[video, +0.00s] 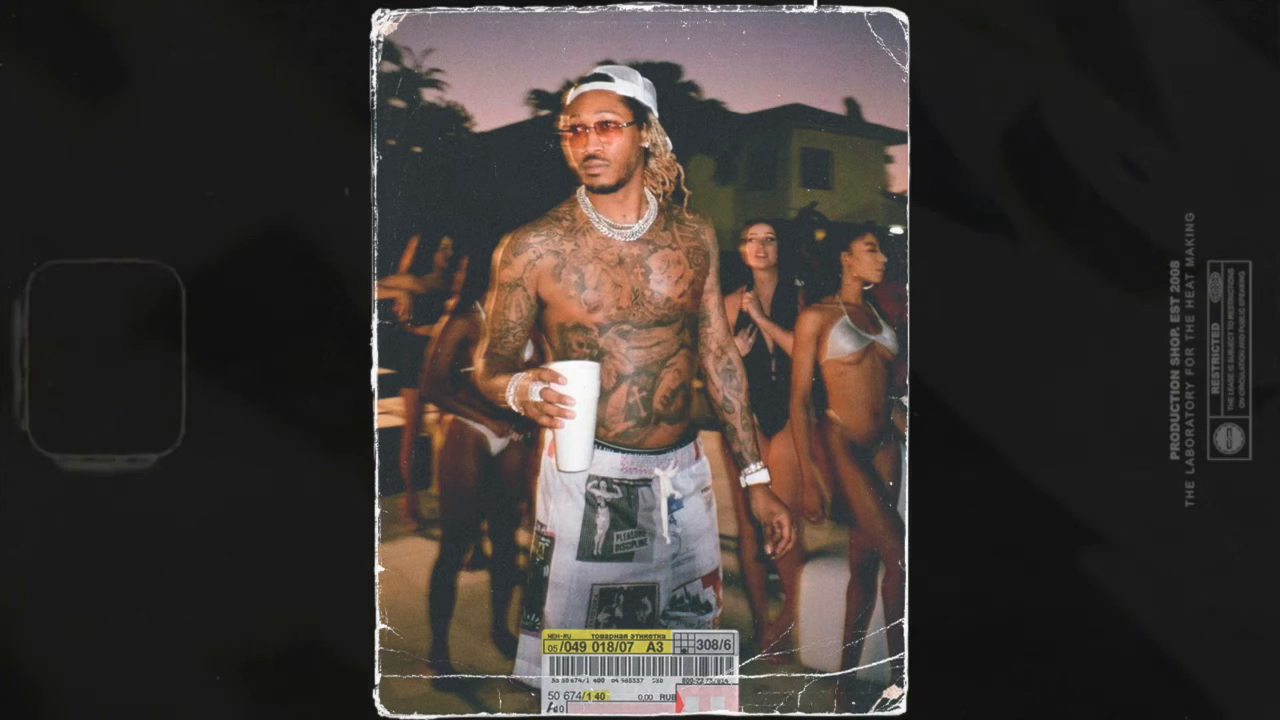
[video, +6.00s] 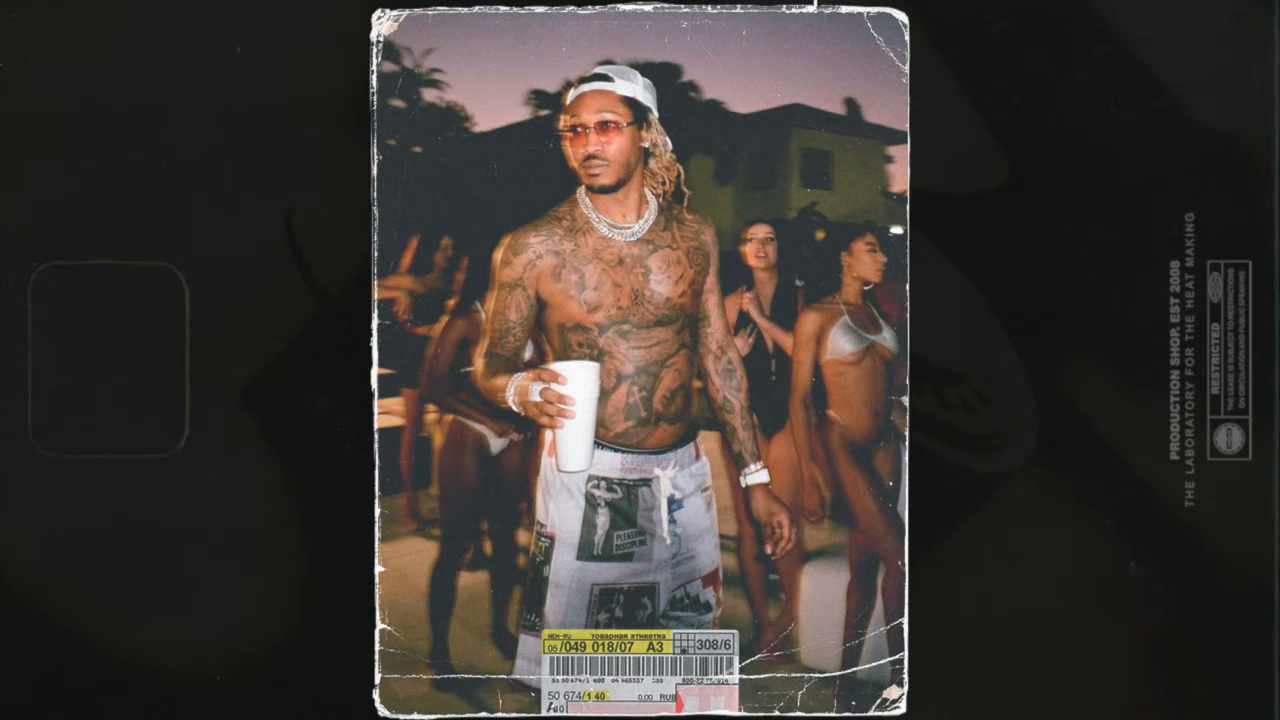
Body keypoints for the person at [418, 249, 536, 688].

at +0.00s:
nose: (515, 286)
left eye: (522, 279)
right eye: (509, 276)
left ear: (531, 288)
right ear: (494, 276)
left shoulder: (531, 330)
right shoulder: (465, 322)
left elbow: (543, 384)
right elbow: (434, 387)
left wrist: (529, 420)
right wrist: (489, 421)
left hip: (515, 445)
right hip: (465, 440)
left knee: (506, 541)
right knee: (455, 545)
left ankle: (501, 629)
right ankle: (439, 651)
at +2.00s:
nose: (513, 293)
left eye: (521, 286)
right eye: (508, 283)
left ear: (530, 293)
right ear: (493, 283)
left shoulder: (531, 335)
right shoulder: (465, 324)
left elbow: (543, 387)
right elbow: (435, 387)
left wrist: (529, 421)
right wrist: (490, 422)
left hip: (514, 446)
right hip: (465, 442)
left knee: (505, 540)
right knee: (456, 544)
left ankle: (501, 628)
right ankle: (439, 651)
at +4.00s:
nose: (513, 292)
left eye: (520, 285)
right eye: (507, 282)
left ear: (529, 291)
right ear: (493, 282)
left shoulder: (529, 331)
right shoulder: (464, 323)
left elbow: (542, 383)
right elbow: (435, 387)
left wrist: (529, 419)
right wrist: (493, 422)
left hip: (513, 445)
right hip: (465, 442)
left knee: (505, 541)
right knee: (455, 544)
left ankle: (501, 628)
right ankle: (439, 652)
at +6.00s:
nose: (516, 286)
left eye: (523, 278)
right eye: (509, 276)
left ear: (531, 287)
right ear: (495, 277)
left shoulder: (531, 331)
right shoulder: (466, 322)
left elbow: (543, 385)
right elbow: (435, 387)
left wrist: (529, 421)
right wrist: (489, 421)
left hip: (514, 445)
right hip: (465, 441)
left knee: (506, 541)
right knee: (456, 544)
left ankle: (501, 628)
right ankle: (439, 649)